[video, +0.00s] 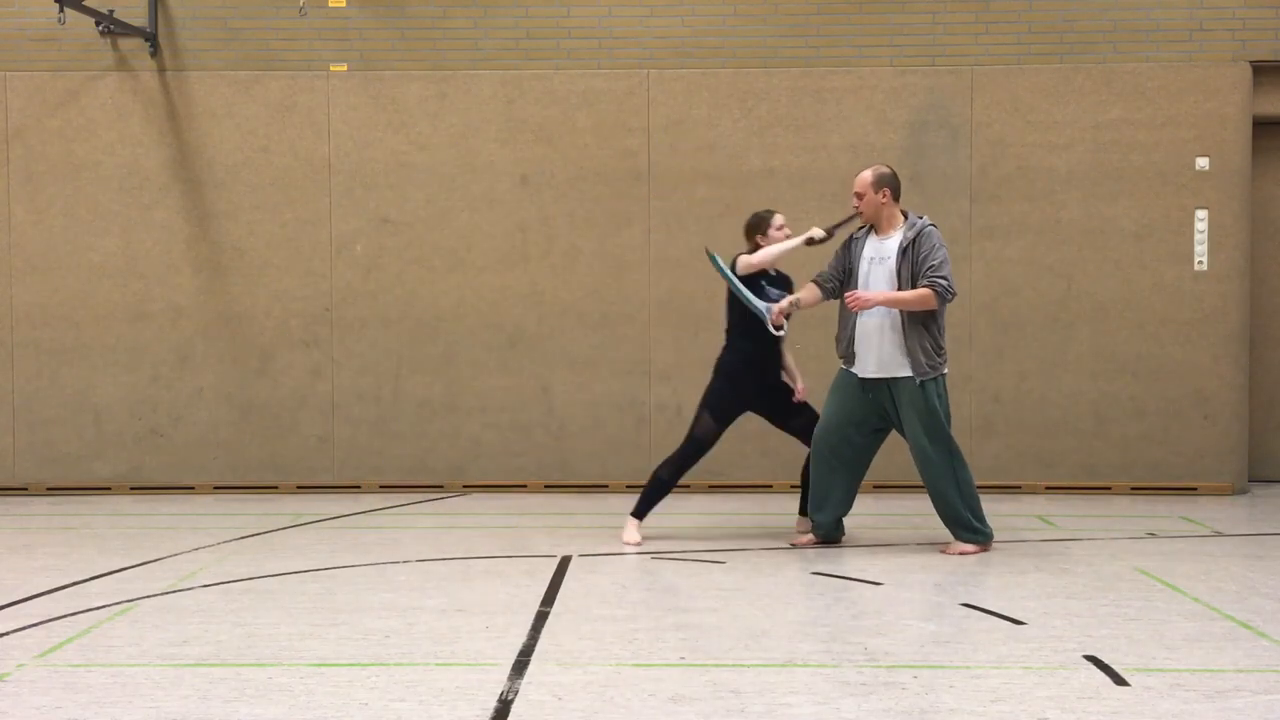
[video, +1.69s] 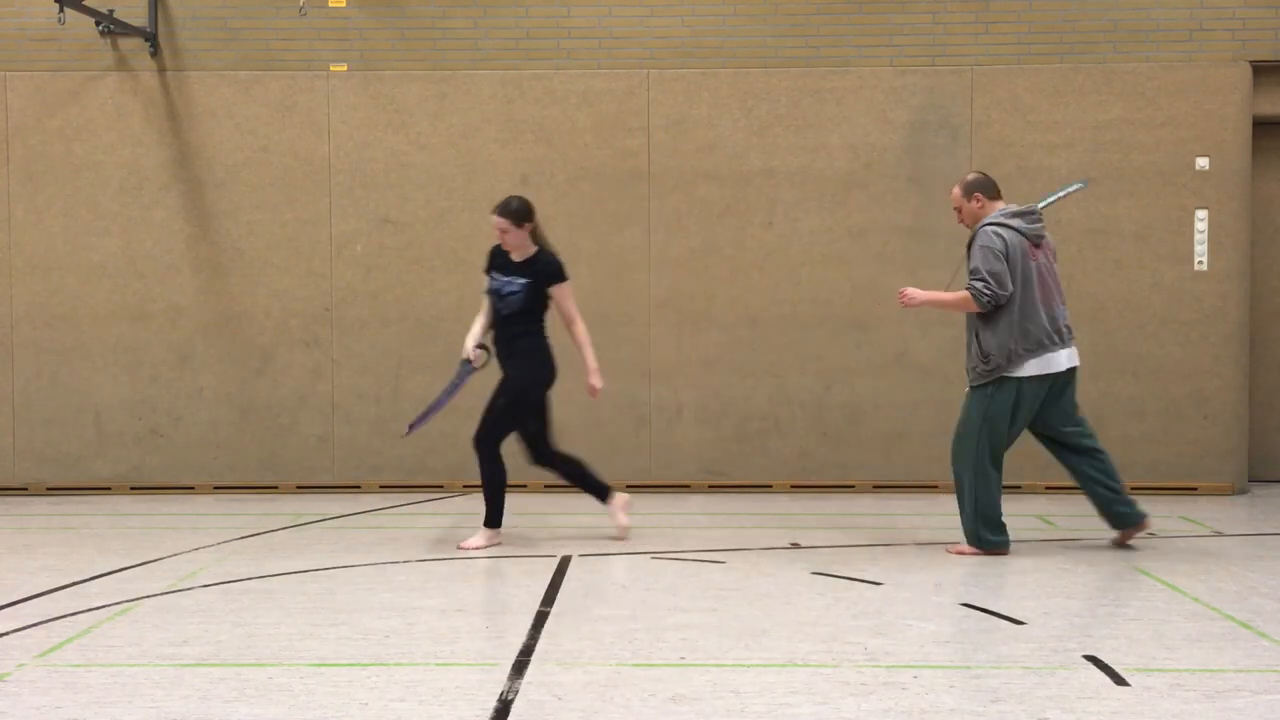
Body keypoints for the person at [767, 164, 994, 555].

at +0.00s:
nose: (855, 204)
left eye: (860, 196)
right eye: (854, 196)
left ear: (885, 196)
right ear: (879, 197)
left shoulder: (923, 235)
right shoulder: (856, 242)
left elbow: (939, 293)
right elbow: (827, 282)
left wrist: (878, 297)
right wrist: (792, 301)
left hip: (913, 373)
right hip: (860, 373)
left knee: (935, 453)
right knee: (829, 441)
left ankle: (975, 535)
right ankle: (826, 529)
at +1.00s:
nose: (879, 218)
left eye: (884, 210)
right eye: (878, 210)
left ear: (909, 205)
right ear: (900, 206)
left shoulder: (950, 242)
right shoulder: (886, 249)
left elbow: (961, 303)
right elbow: (865, 302)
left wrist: (901, 303)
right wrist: (833, 333)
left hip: (930, 373)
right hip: (885, 372)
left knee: (925, 453)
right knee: (851, 445)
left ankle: (982, 531)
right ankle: (828, 529)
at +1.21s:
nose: (906, 216)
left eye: (909, 207)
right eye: (903, 208)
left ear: (933, 199)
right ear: (929, 201)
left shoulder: (968, 236)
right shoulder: (932, 244)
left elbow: (973, 297)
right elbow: (929, 308)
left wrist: (909, 299)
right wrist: (891, 340)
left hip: (959, 370)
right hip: (928, 369)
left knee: (949, 456)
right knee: (902, 447)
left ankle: (988, 539)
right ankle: (873, 524)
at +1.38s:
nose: (920, 212)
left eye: (921, 204)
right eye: (917, 205)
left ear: (944, 195)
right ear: (943, 195)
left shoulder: (969, 230)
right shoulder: (966, 228)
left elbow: (976, 288)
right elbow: (973, 293)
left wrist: (911, 298)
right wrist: (938, 315)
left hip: (982, 363)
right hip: (963, 361)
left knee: (966, 445)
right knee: (940, 437)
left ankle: (988, 538)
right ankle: (952, 526)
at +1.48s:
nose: (929, 212)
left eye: (930, 204)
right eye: (926, 205)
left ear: (950, 195)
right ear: (953, 194)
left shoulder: (969, 229)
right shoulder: (991, 221)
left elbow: (973, 288)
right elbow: (997, 283)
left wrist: (912, 297)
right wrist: (952, 301)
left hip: (991, 364)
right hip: (1020, 358)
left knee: (969, 446)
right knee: (992, 446)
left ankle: (988, 539)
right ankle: (1013, 525)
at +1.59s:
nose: (944, 214)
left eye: (944, 205)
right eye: (941, 207)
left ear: (965, 197)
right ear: (976, 196)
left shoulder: (978, 232)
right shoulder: (1014, 226)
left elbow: (977, 292)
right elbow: (1027, 282)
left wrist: (917, 298)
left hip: (1004, 367)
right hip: (1044, 360)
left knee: (970, 451)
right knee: (1036, 441)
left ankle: (987, 539)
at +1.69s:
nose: (957, 218)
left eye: (958, 209)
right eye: (955, 210)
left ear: (977, 201)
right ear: (988, 199)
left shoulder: (989, 235)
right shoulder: (1030, 229)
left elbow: (986, 296)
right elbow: (1041, 287)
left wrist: (927, 297)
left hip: (1013, 368)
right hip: (1057, 360)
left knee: (972, 448)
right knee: (1070, 437)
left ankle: (987, 539)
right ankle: (1128, 517)